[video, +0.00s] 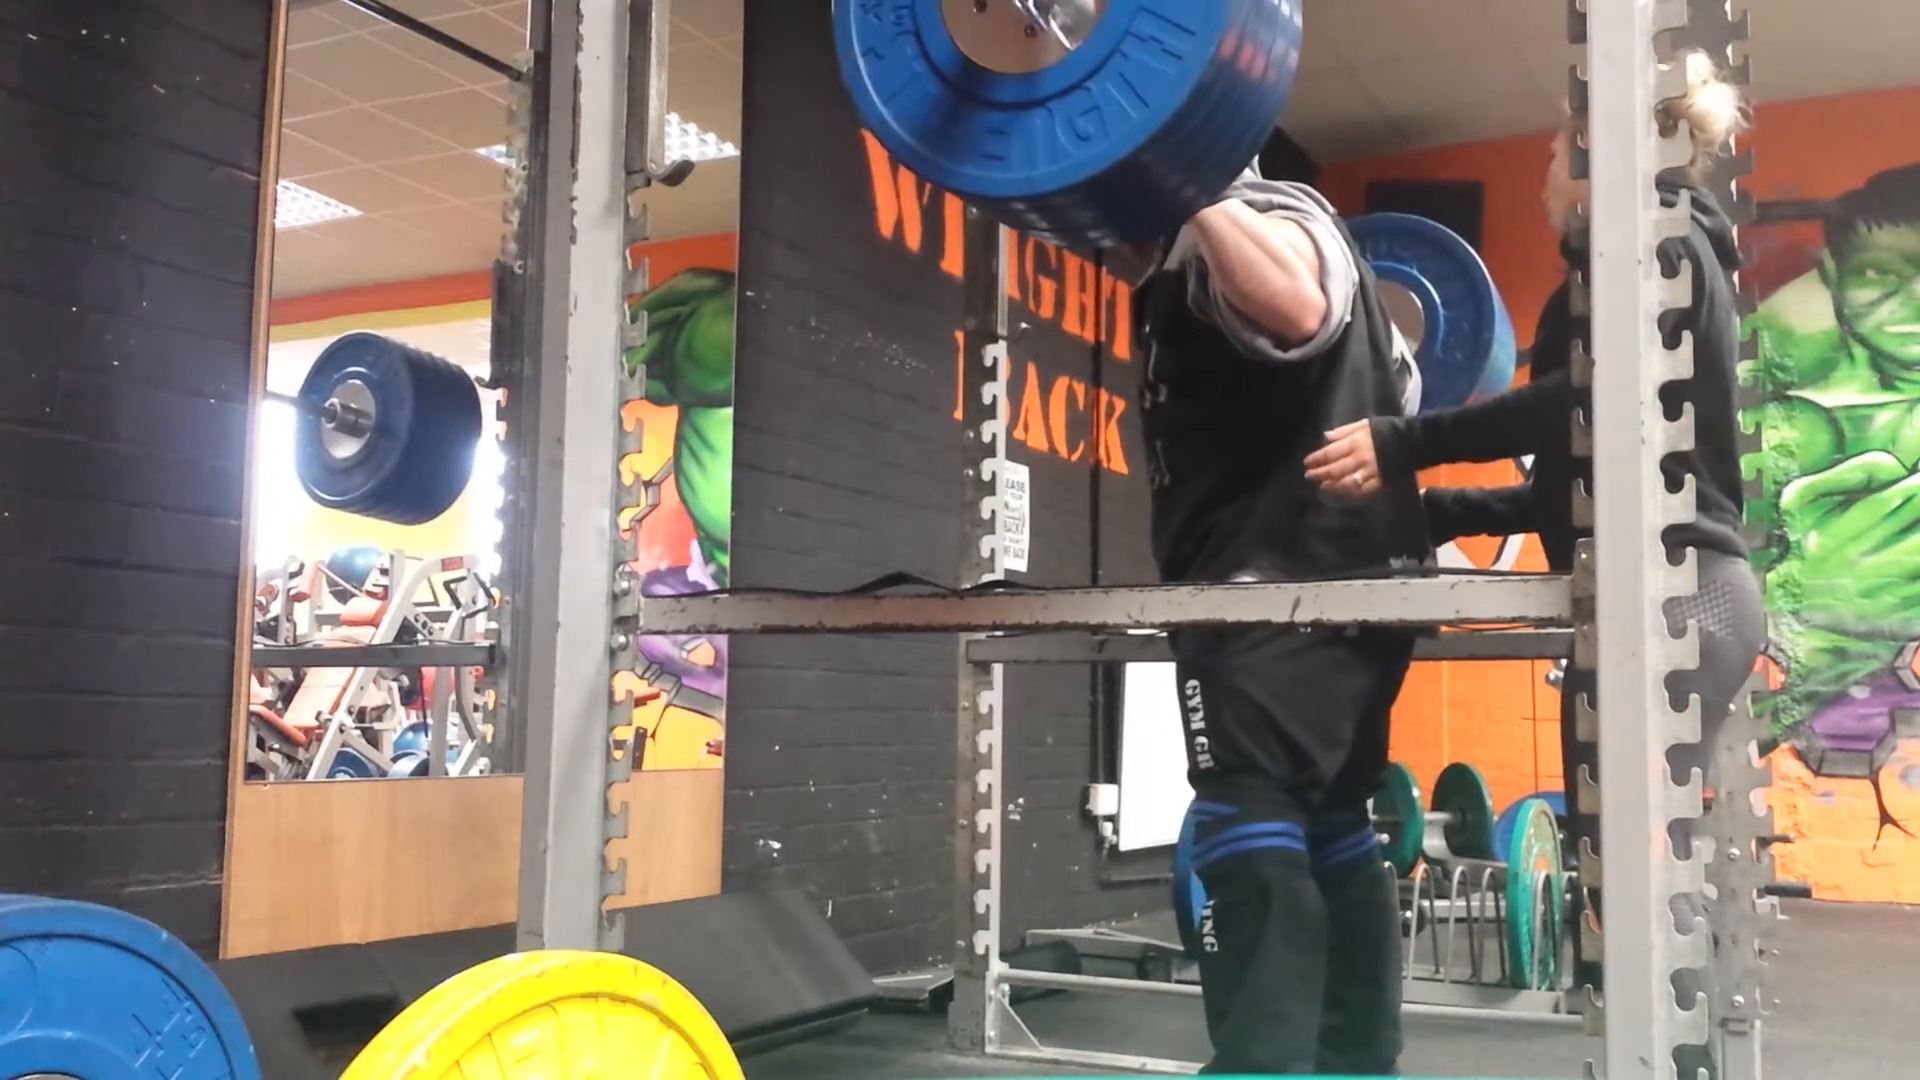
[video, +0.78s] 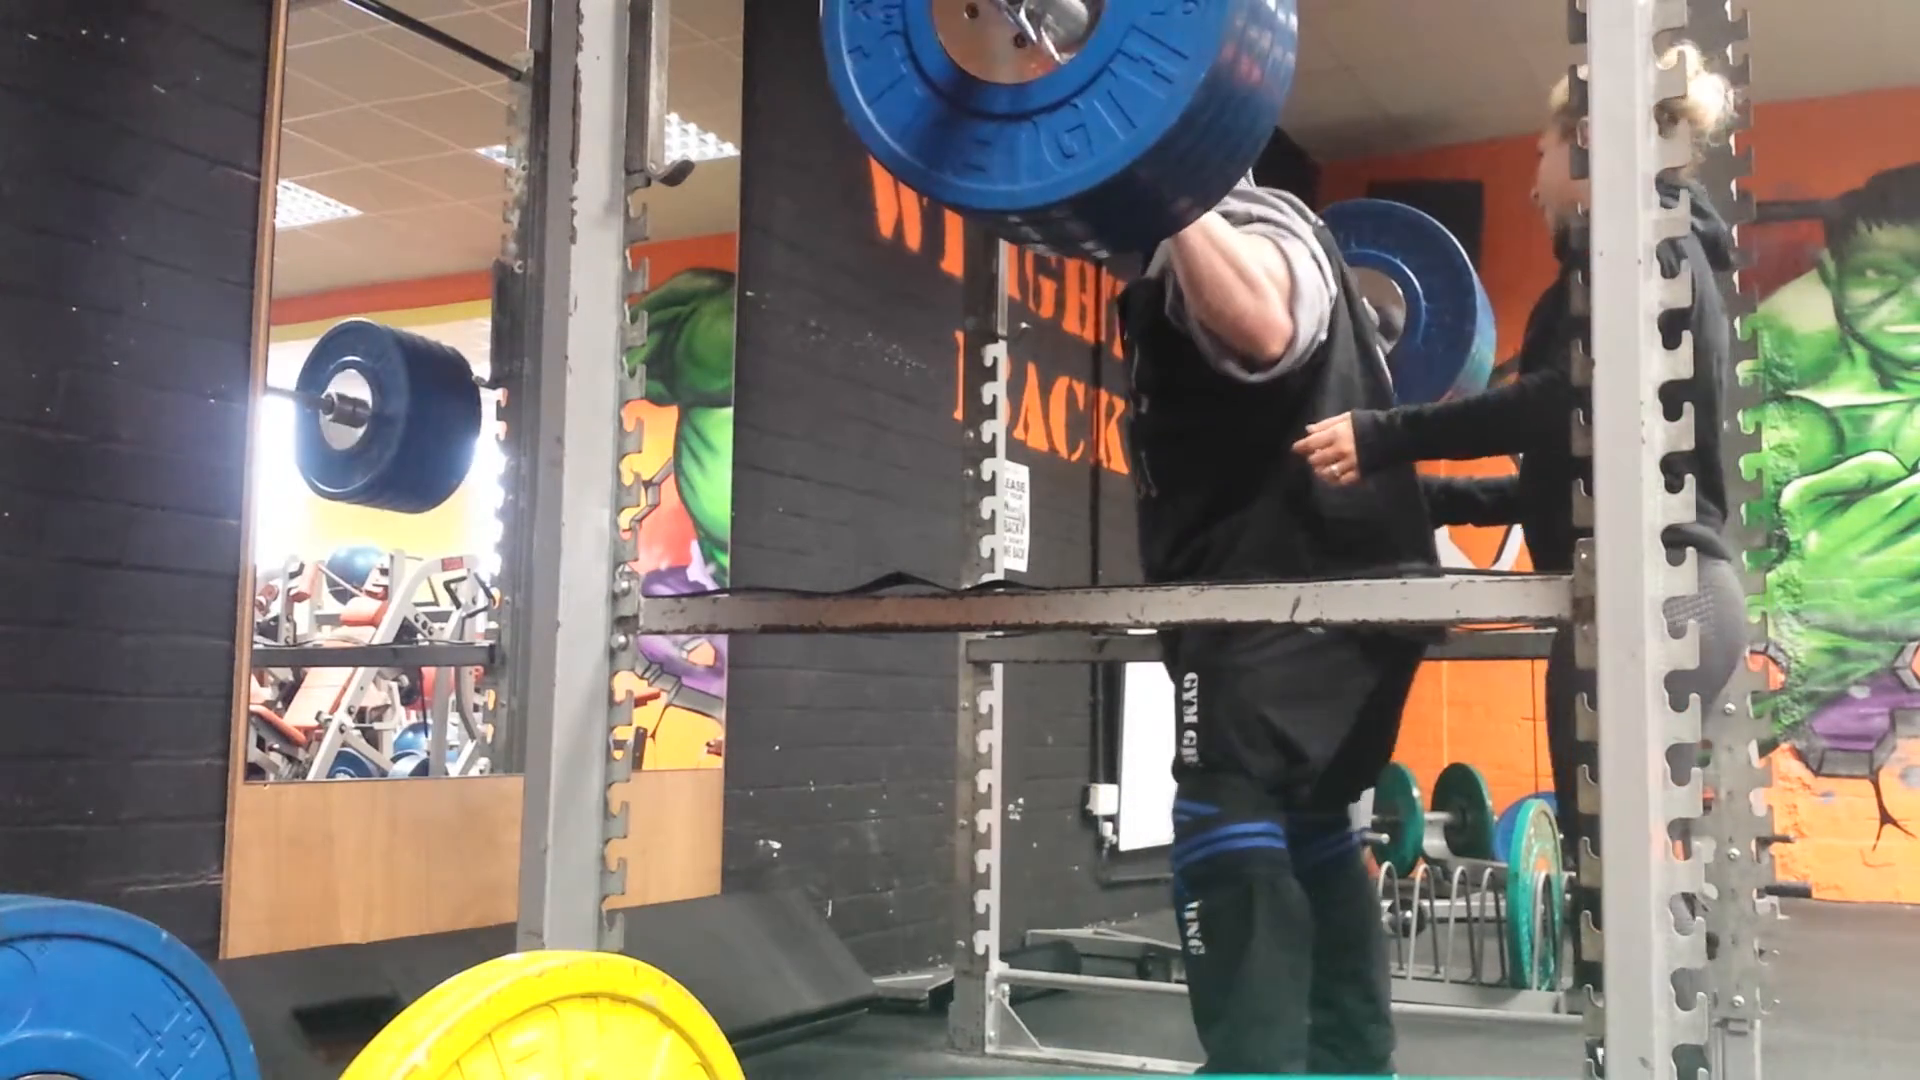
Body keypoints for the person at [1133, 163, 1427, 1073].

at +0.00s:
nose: (1103, 239)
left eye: (1107, 214)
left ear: (1165, 166)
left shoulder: (1259, 212)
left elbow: (1295, 305)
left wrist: (1190, 195)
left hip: (1282, 582)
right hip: (1356, 581)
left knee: (1249, 818)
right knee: (1332, 819)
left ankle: (1261, 1061)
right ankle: (1356, 1059)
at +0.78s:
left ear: (1166, 148)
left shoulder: (1251, 223)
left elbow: (1260, 325)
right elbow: (1379, 306)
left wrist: (1170, 193)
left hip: (1290, 595)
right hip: (1340, 591)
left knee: (1227, 820)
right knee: (1312, 820)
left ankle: (1251, 1062)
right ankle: (1349, 1059)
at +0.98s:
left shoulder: (1268, 275)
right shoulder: (1157, 312)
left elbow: (1283, 380)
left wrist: (1173, 266)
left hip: (1326, 616)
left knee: (1189, 829)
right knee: (1282, 833)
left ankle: (1240, 1069)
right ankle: (1351, 1064)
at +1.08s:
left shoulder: (1270, 309)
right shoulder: (1151, 348)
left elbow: (1290, 422)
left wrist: (1177, 310)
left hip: (1340, 653)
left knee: (1173, 839)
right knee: (1274, 843)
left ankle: (1237, 1069)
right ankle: (1350, 1065)